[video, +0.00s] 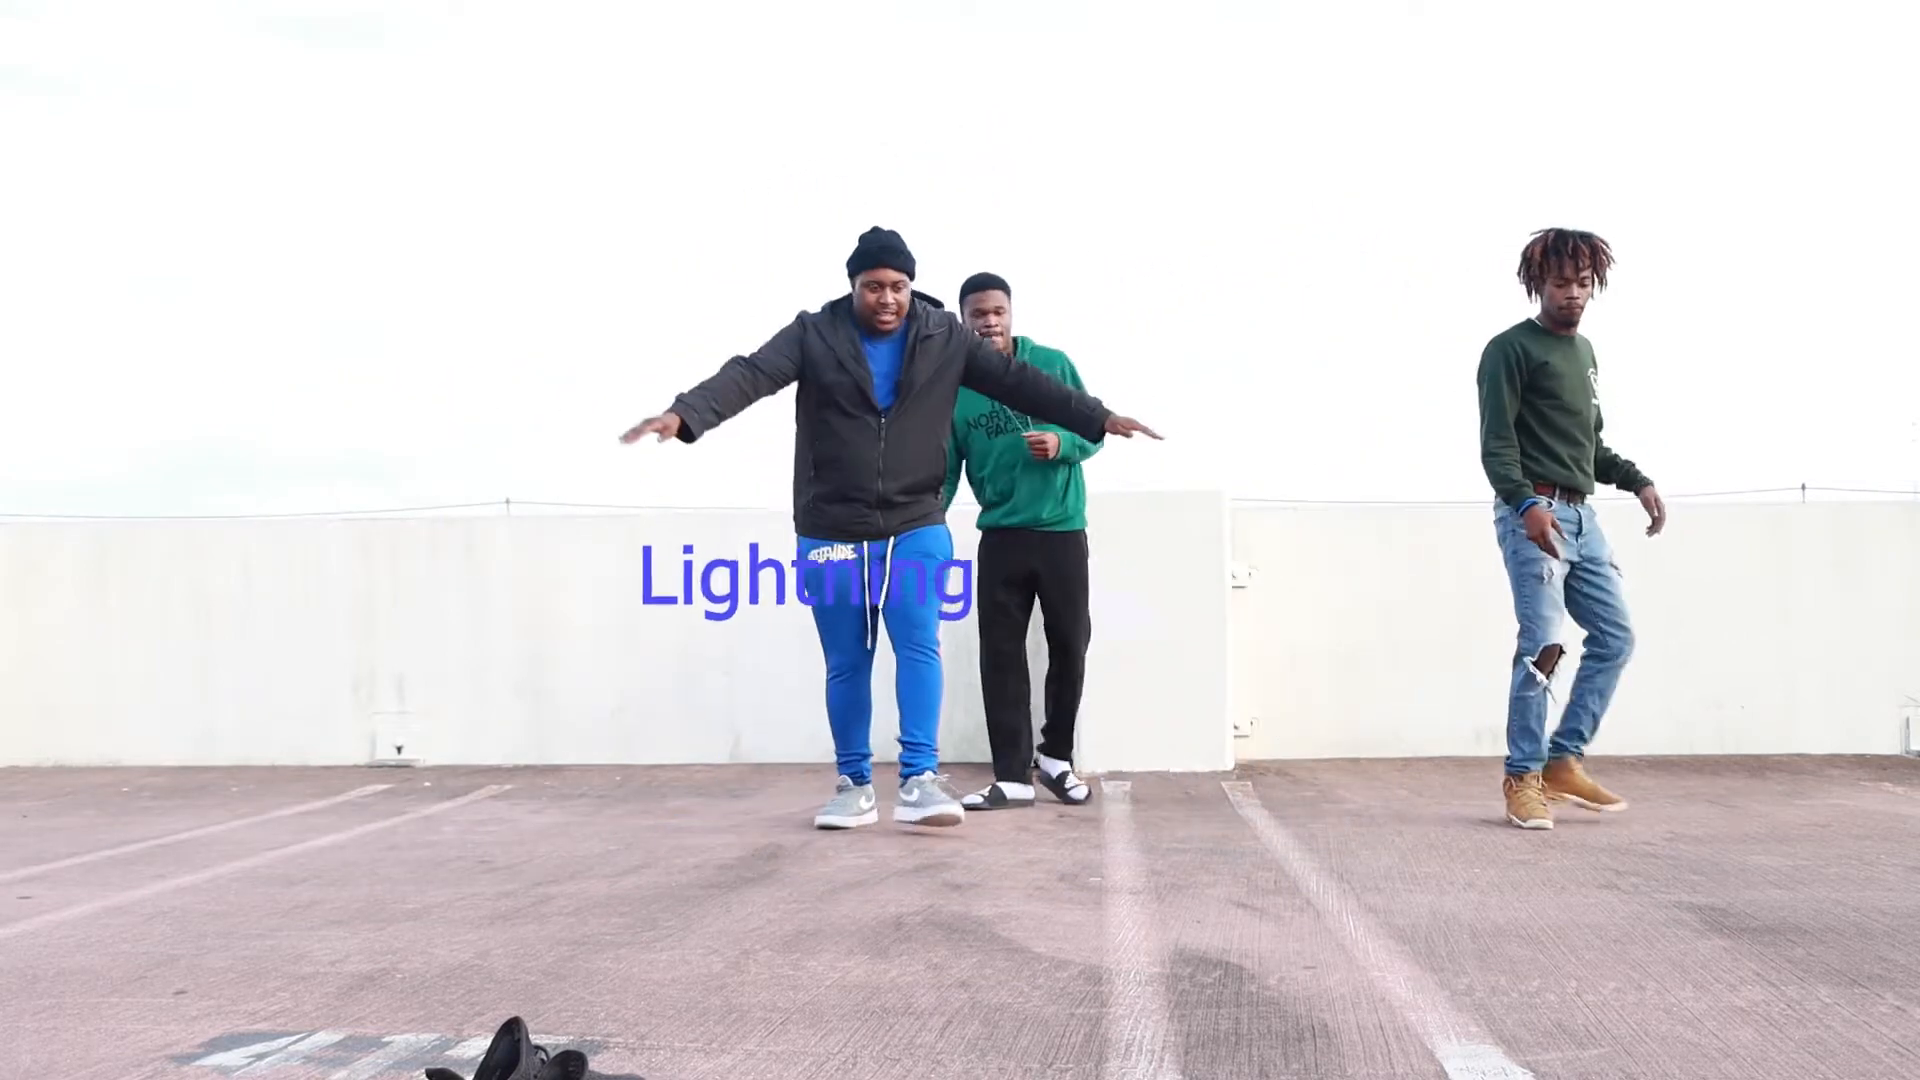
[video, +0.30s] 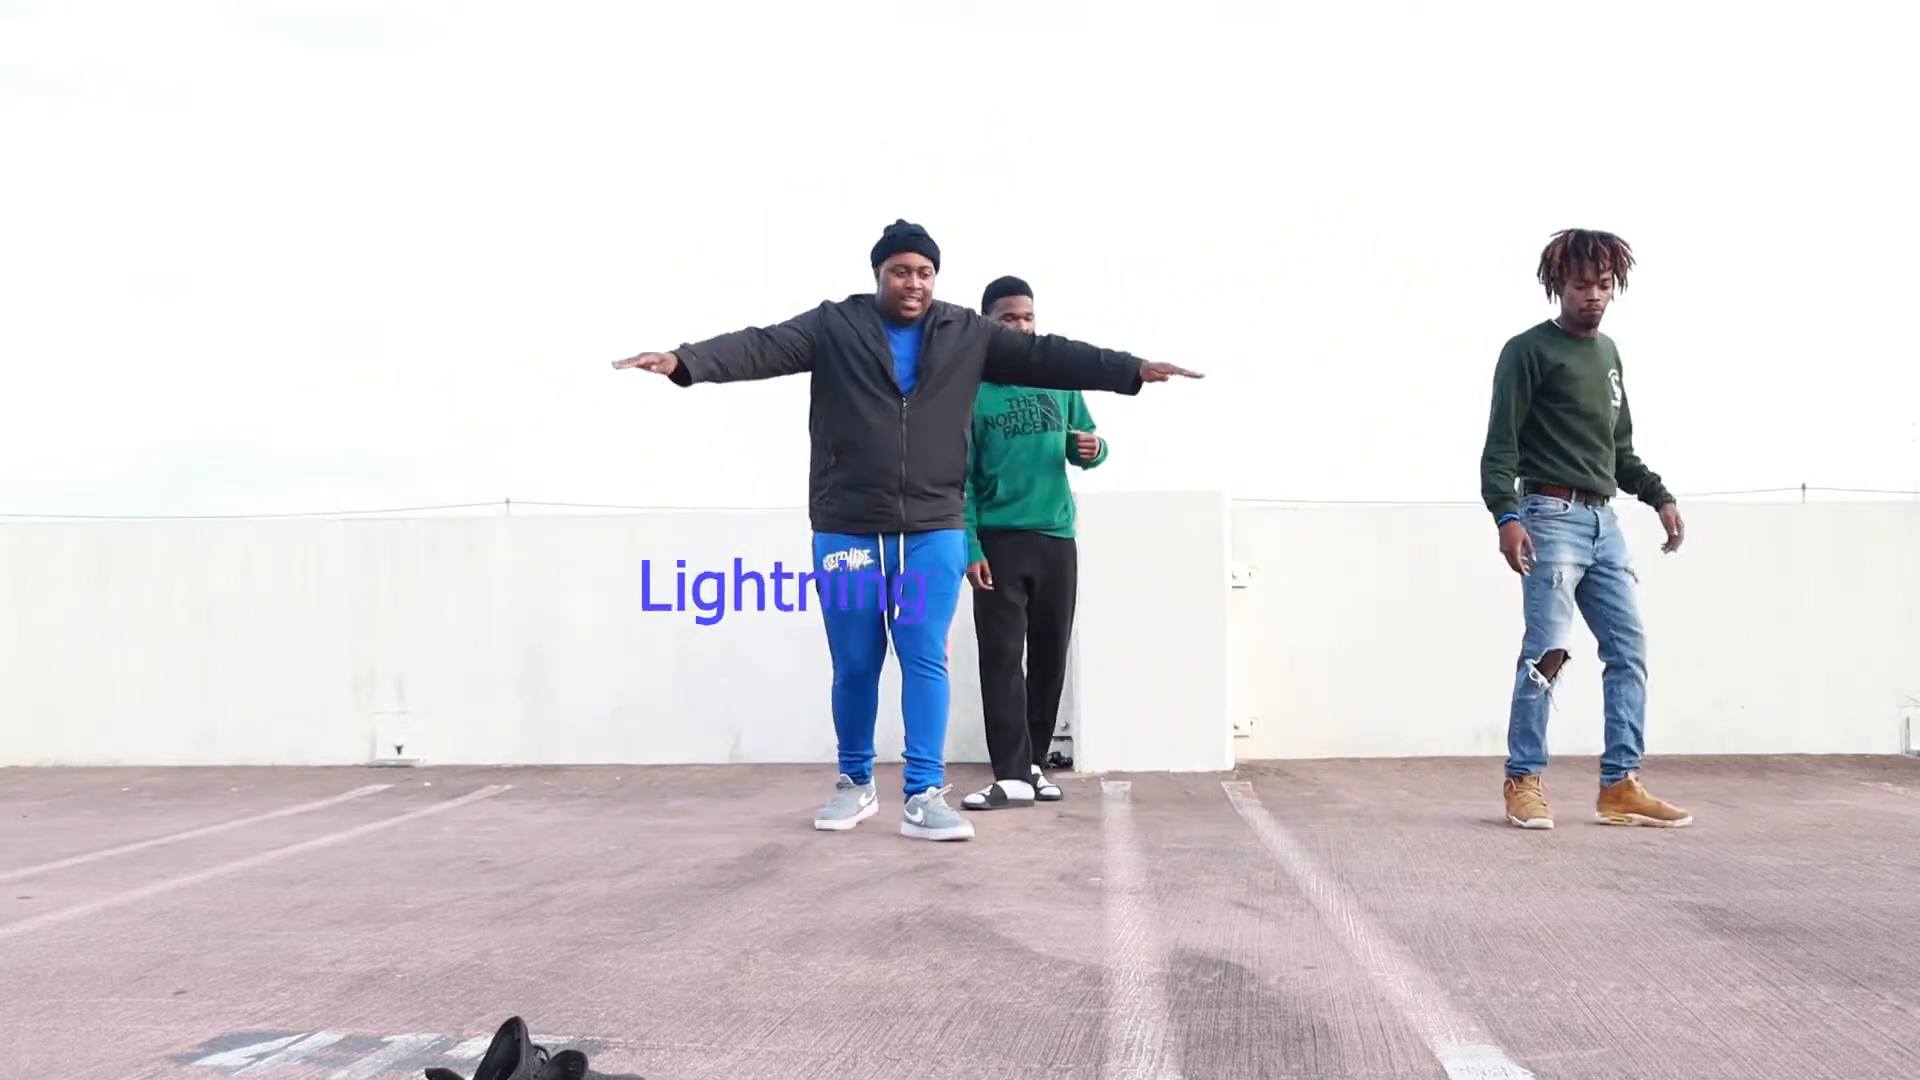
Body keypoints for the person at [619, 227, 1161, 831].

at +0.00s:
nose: (884, 299)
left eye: (895, 288)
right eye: (873, 288)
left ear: (911, 285)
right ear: (852, 285)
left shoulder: (944, 335)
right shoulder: (814, 335)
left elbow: (1017, 378)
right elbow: (751, 374)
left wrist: (1095, 415)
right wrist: (689, 413)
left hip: (914, 524)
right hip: (831, 528)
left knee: (917, 642)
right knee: (846, 659)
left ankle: (919, 782)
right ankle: (853, 785)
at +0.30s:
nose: (912, 283)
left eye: (923, 273)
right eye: (900, 272)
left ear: (936, 279)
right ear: (877, 274)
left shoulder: (966, 332)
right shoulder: (836, 325)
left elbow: (1043, 354)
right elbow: (763, 346)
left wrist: (1131, 370)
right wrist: (686, 360)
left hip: (933, 522)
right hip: (846, 521)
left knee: (923, 652)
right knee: (855, 661)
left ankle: (923, 796)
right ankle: (853, 784)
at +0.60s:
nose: (925, 259)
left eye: (936, 252)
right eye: (914, 249)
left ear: (949, 263)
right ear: (889, 255)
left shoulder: (977, 316)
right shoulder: (845, 307)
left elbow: (1054, 330)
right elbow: (776, 325)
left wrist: (1138, 337)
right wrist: (707, 327)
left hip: (943, 506)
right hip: (854, 500)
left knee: (930, 652)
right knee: (851, 639)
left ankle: (925, 795)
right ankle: (852, 776)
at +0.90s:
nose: (902, 249)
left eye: (911, 241)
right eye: (888, 241)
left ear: (924, 256)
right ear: (862, 257)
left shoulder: (963, 314)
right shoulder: (828, 312)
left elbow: (1034, 326)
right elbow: (752, 347)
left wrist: (1102, 289)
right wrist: (745, 290)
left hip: (942, 510)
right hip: (854, 509)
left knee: (934, 662)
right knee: (861, 656)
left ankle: (924, 799)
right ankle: (851, 805)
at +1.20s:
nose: (902, 237)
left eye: (907, 229)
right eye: (886, 229)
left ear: (916, 246)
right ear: (855, 250)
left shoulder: (955, 302)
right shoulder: (828, 306)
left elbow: (1041, 296)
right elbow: (758, 337)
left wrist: (1112, 248)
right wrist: (761, 260)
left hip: (946, 508)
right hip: (858, 507)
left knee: (935, 662)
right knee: (867, 657)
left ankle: (927, 796)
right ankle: (852, 804)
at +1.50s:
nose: (907, 274)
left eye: (919, 262)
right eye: (894, 263)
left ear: (940, 260)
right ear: (878, 263)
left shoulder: (977, 315)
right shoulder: (846, 317)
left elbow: (1040, 375)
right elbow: (786, 393)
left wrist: (1067, 351)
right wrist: (787, 356)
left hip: (956, 510)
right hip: (869, 509)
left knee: (942, 661)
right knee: (871, 653)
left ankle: (926, 797)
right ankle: (853, 799)